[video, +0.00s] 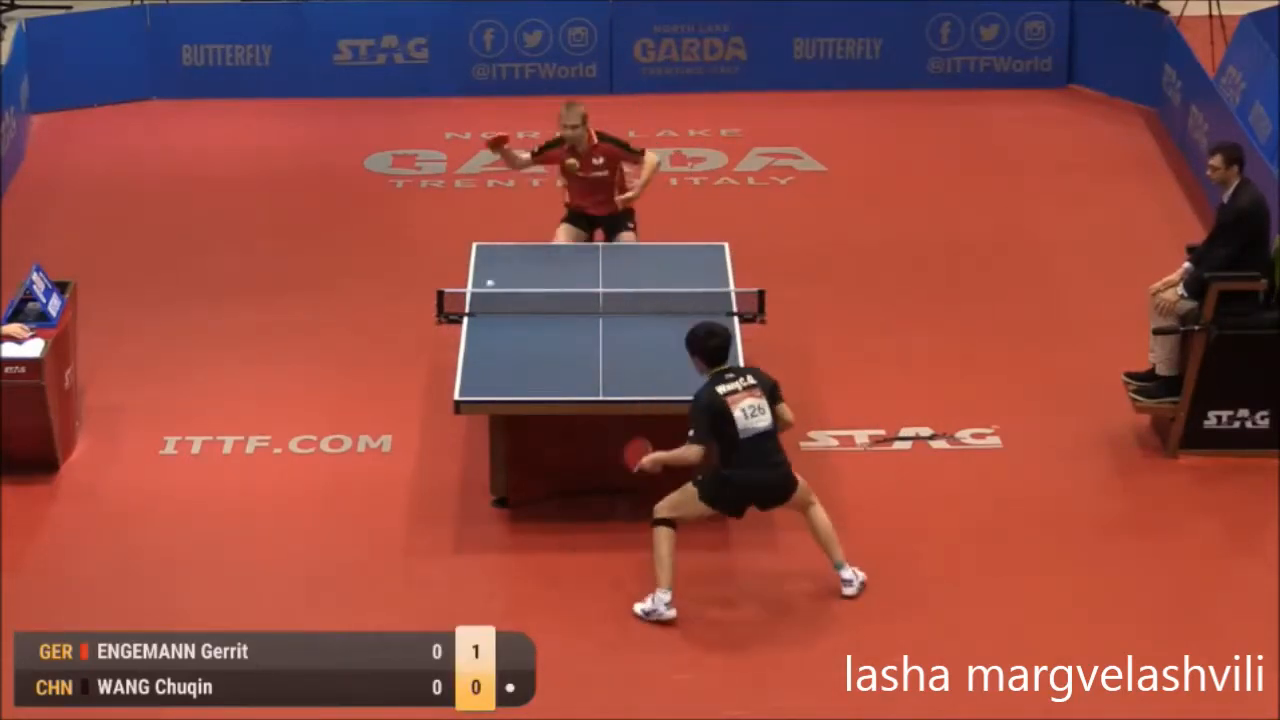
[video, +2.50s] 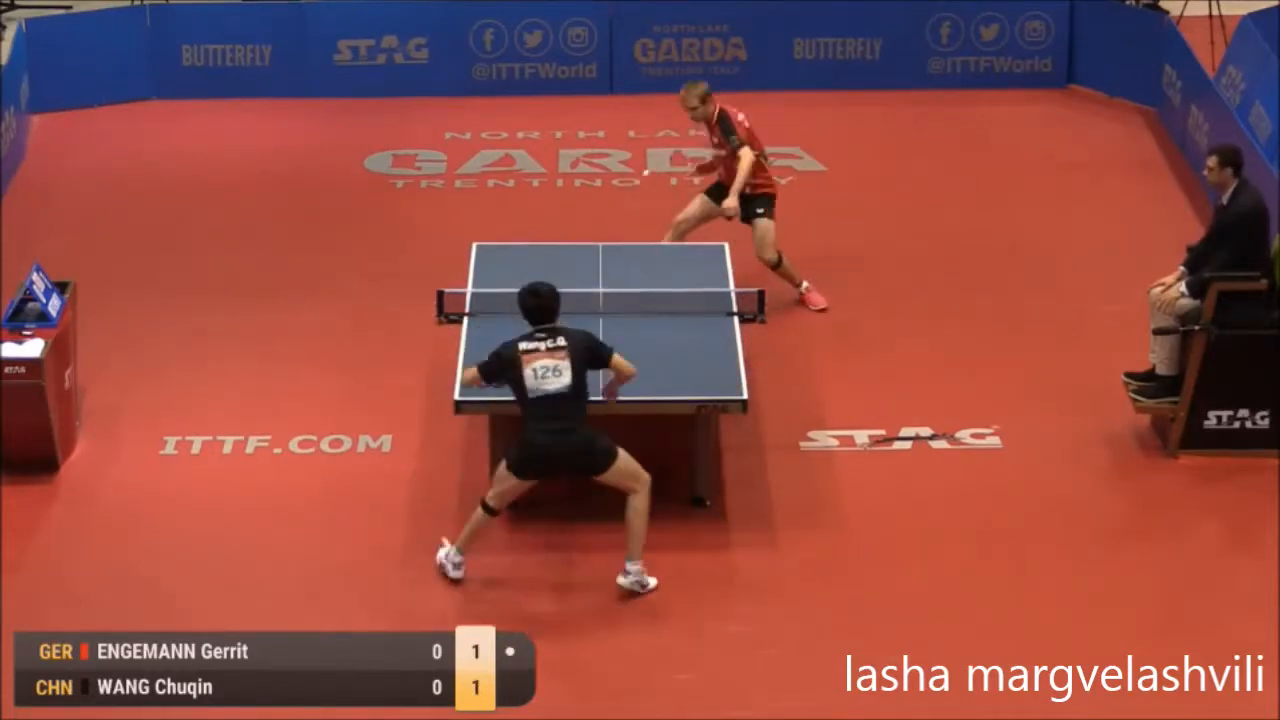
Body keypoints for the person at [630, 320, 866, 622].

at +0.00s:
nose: (691, 360)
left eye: (691, 356)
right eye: (693, 354)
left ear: (697, 359)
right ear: (728, 350)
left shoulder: (706, 397)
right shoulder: (757, 377)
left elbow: (694, 454)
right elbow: (786, 419)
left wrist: (659, 458)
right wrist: (756, 434)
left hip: (732, 482)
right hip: (776, 477)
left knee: (663, 513)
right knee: (810, 504)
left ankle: (662, 600)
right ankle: (846, 574)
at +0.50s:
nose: (663, 365)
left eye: (663, 358)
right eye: (661, 359)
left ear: (678, 354)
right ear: (688, 345)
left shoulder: (708, 382)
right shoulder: (715, 352)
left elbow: (735, 442)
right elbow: (745, 385)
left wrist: (704, 485)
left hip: (754, 455)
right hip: (764, 441)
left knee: (702, 523)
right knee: (721, 499)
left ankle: (706, 619)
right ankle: (735, 562)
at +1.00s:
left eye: (658, 282)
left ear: (653, 287)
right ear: (687, 287)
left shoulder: (639, 325)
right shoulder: (706, 321)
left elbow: (628, 385)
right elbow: (732, 371)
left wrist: (643, 397)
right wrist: (713, 391)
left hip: (653, 417)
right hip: (699, 418)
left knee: (607, 471)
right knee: (722, 482)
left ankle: (589, 550)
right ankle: (742, 559)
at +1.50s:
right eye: (572, 287)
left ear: (545, 289)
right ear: (576, 291)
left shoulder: (525, 317)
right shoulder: (588, 329)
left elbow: (480, 335)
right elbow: (616, 376)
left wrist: (501, 349)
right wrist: (602, 368)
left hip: (515, 413)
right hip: (559, 420)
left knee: (483, 454)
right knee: (610, 474)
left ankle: (450, 520)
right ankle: (588, 556)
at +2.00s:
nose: (495, 320)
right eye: (495, 317)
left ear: (465, 314)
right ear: (493, 322)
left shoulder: (443, 331)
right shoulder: (497, 348)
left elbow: (420, 327)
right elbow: (530, 366)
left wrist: (442, 324)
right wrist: (524, 343)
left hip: (422, 427)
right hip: (459, 435)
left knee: (416, 460)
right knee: (527, 485)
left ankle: (388, 521)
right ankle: (572, 558)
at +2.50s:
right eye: (551, 307)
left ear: (525, 314)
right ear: (557, 310)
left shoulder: (510, 352)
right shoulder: (579, 341)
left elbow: (468, 378)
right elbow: (627, 371)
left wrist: (485, 377)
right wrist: (612, 387)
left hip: (534, 446)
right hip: (580, 442)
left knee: (494, 500)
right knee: (640, 484)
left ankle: (454, 556)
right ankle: (634, 570)